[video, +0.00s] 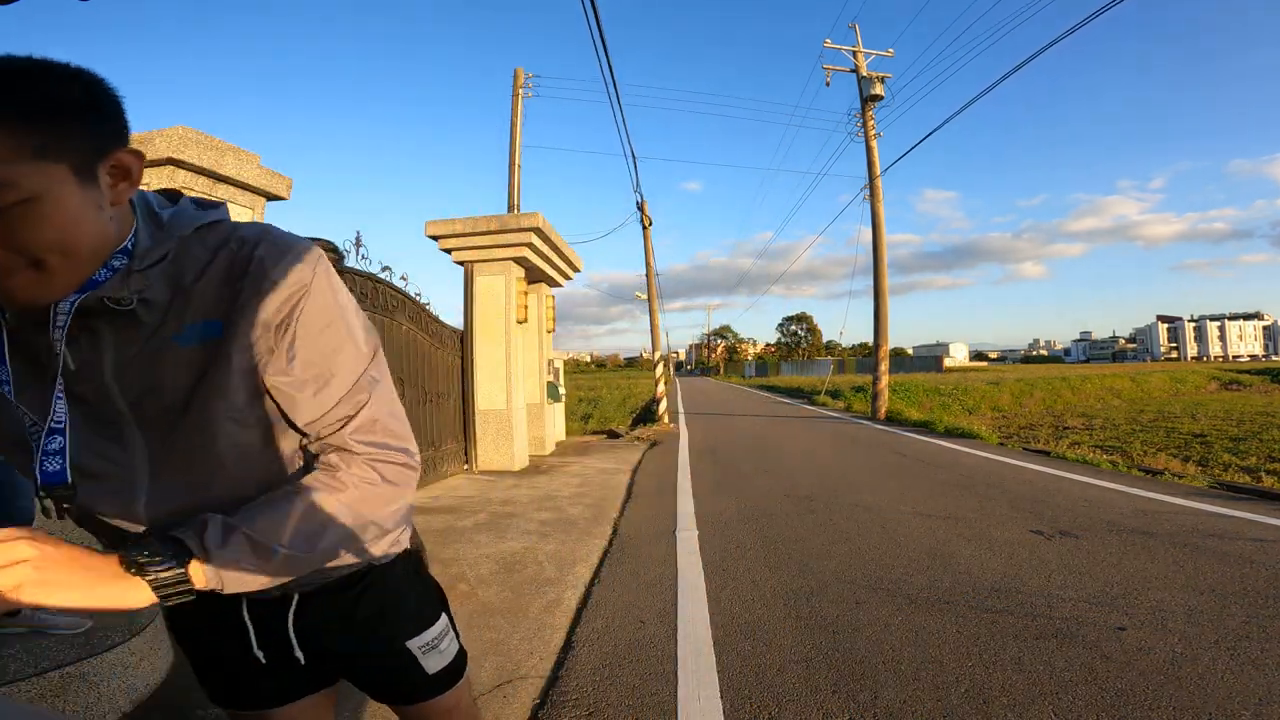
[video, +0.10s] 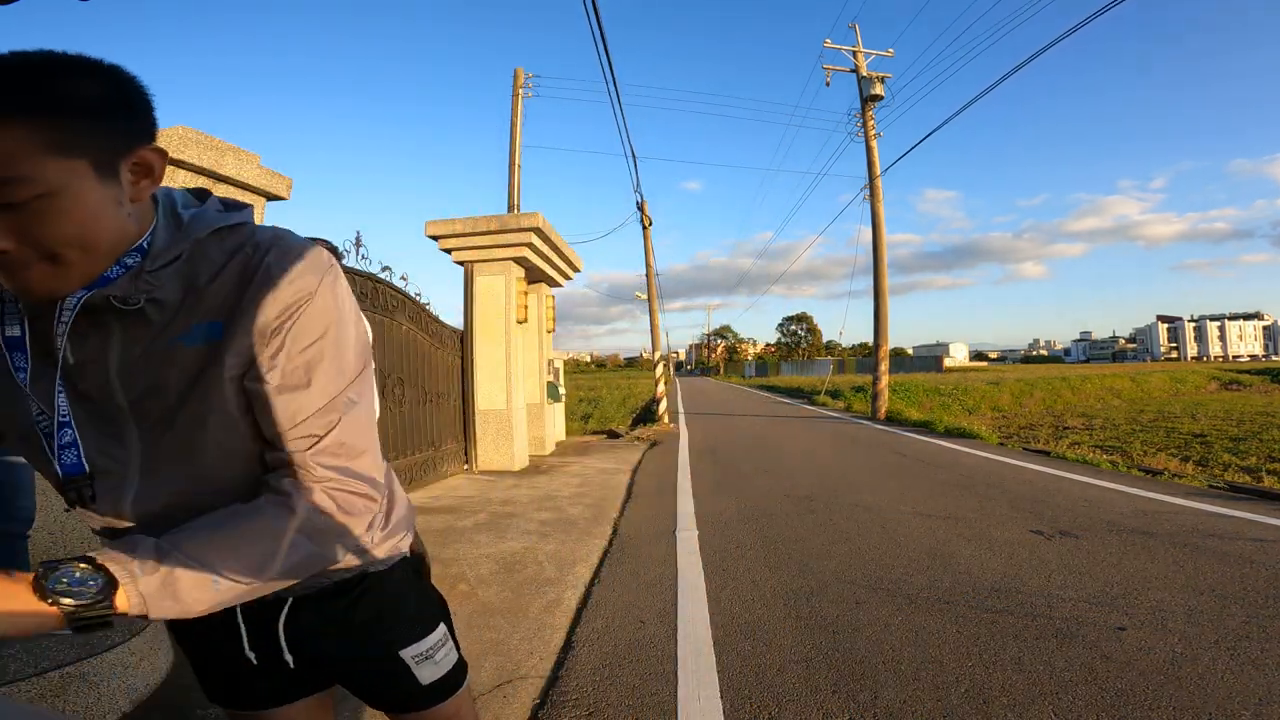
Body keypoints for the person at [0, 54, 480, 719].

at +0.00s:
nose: (3, 240)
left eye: (17, 204)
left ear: (118, 181)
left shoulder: (275, 281)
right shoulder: (22, 330)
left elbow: (380, 471)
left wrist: (148, 572)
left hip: (355, 565)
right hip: (212, 595)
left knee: (442, 705)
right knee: (284, 709)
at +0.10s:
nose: (3, 238)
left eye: (23, 203)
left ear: (139, 178)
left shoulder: (283, 282)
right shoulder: (20, 321)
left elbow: (343, 505)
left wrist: (87, 588)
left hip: (352, 569)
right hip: (201, 600)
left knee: (438, 706)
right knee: (279, 709)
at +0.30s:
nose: (2, 242)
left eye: (28, 206)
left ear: (155, 185)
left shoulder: (283, 288)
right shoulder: (27, 322)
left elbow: (222, 537)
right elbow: (10, 471)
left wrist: (14, 680)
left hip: (365, 583)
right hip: (216, 601)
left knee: (440, 706)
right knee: (286, 709)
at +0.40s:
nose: (8, 254)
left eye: (43, 212)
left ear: (172, 188)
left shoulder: (285, 316)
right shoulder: (67, 320)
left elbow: (148, 574)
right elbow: (32, 457)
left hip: (375, 590)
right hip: (237, 600)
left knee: (446, 707)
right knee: (286, 708)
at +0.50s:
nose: (16, 280)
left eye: (53, 230)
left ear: (189, 202)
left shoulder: (300, 339)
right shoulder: (76, 340)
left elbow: (166, 617)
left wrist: (13, 703)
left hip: (393, 595)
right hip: (262, 604)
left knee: (462, 709)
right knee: (288, 708)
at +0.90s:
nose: (191, 419)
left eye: (237, 360)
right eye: (139, 366)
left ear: (414, 268)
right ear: (104, 320)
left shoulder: (568, 382)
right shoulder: (208, 373)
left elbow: (599, 595)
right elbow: (214, 530)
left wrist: (438, 708)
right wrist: (125, 629)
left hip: (514, 650)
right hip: (361, 643)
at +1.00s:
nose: (250, 420)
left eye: (307, 354)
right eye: (189, 361)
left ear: (471, 254)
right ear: (141, 312)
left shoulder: (616, 377)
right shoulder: (228, 385)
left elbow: (639, 590)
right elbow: (252, 559)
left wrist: (532, 700)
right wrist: (172, 650)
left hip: (550, 636)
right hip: (395, 642)